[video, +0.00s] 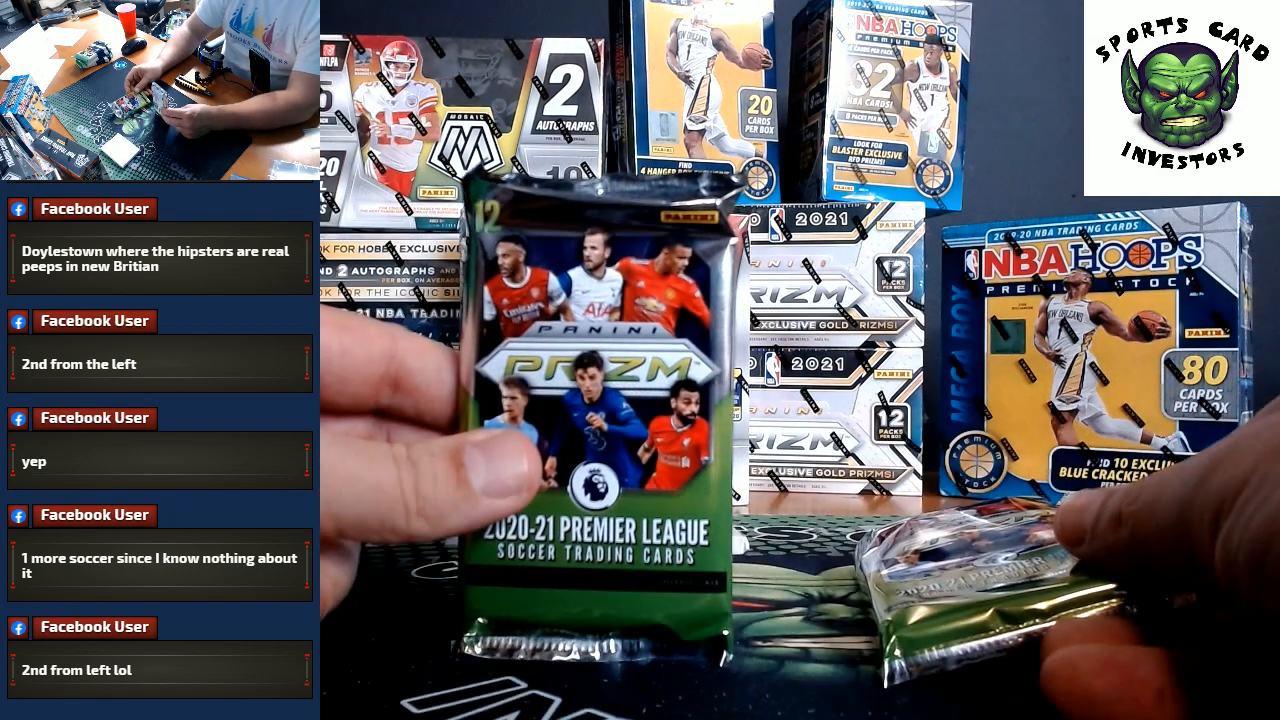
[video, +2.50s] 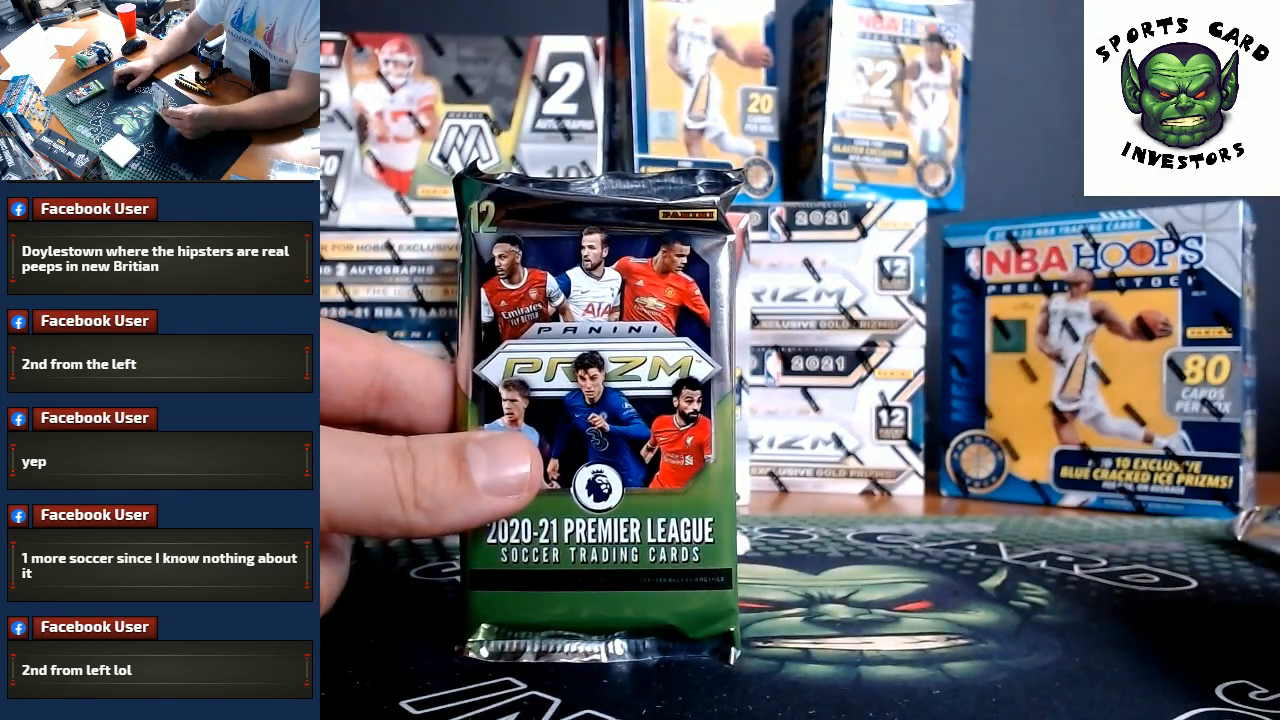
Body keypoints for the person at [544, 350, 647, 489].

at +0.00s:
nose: (587, 384)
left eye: (592, 378)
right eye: (582, 378)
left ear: (602, 376)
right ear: (576, 379)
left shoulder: (613, 399)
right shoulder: (571, 401)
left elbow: (641, 432)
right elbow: (562, 428)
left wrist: (608, 428)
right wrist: (553, 455)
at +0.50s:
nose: (582, 384)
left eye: (587, 377)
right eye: (577, 377)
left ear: (597, 375)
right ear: (571, 378)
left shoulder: (608, 397)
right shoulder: (566, 400)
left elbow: (636, 430)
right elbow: (559, 427)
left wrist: (603, 427)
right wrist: (549, 455)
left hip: (618, 470)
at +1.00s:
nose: (583, 383)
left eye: (588, 376)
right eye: (577, 376)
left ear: (597, 374)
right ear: (571, 376)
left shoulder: (608, 397)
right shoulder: (566, 399)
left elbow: (637, 429)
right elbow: (559, 426)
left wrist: (603, 426)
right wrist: (549, 454)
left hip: (619, 469)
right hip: (588, 465)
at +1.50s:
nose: (592, 386)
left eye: (598, 379)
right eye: (587, 380)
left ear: (607, 377)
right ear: (581, 379)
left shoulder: (619, 400)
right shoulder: (575, 403)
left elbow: (647, 433)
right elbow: (568, 430)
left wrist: (613, 430)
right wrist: (558, 458)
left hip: (630, 473)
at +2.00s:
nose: (591, 385)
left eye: (596, 378)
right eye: (586, 379)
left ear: (606, 376)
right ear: (580, 378)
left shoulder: (617, 399)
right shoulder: (574, 402)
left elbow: (646, 432)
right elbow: (567, 429)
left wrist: (612, 429)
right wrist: (558, 457)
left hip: (630, 473)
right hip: (598, 471)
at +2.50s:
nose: (588, 385)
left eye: (593, 378)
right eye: (582, 379)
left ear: (603, 375)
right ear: (576, 378)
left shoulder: (615, 399)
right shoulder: (571, 402)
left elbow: (644, 432)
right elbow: (565, 427)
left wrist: (610, 429)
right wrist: (555, 457)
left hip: (628, 474)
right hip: (596, 472)